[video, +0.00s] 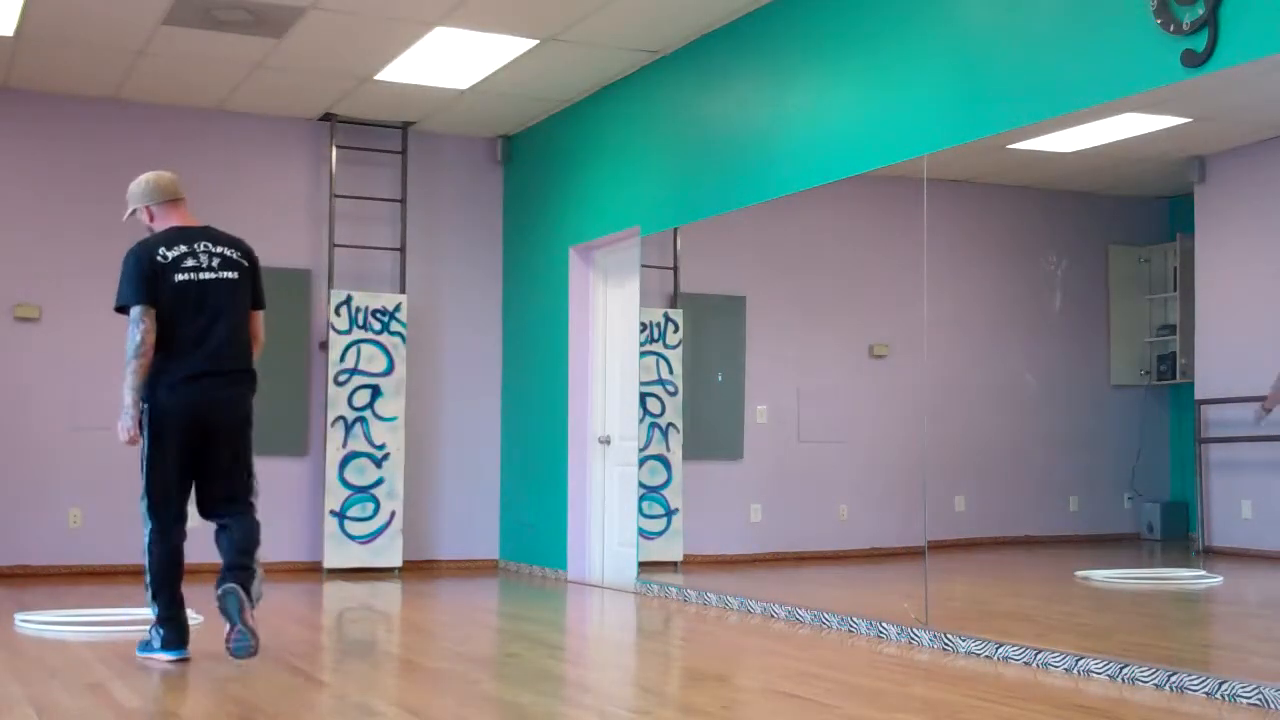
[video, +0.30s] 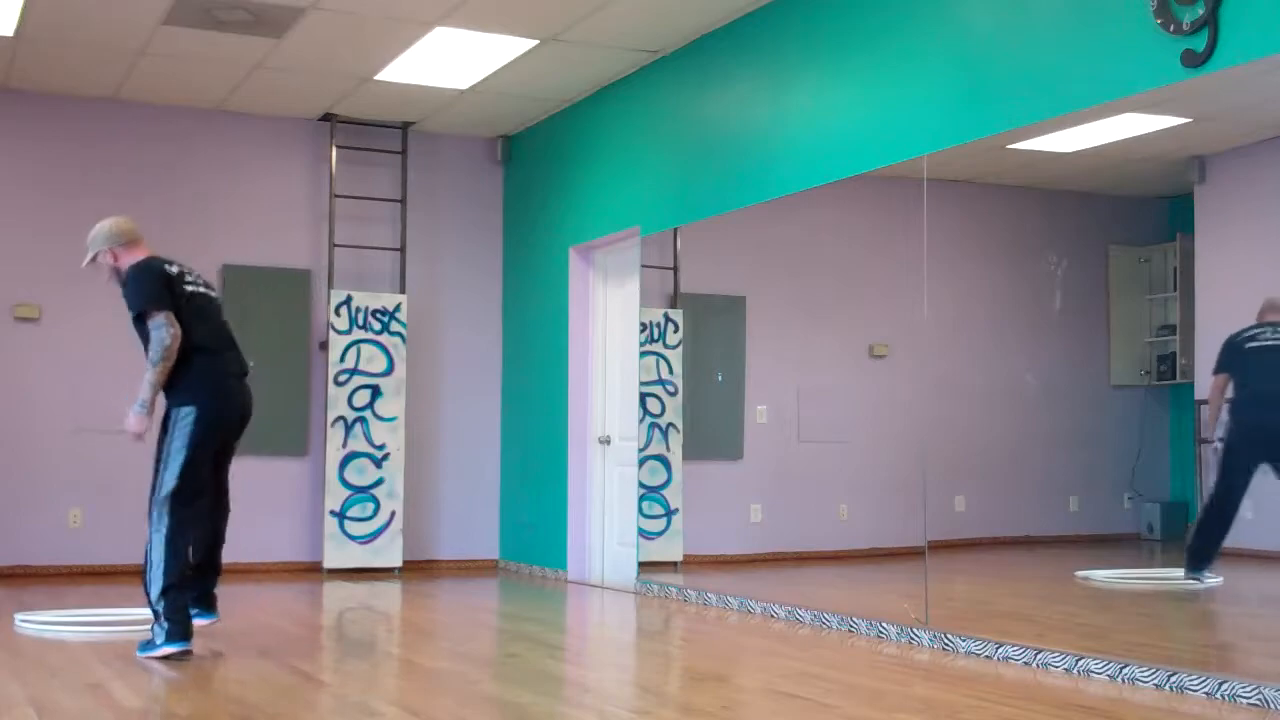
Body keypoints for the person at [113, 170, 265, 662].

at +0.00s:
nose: (135, 225)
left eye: (134, 218)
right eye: (135, 218)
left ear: (146, 213)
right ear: (183, 204)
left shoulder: (145, 256)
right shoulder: (239, 250)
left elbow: (144, 337)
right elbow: (255, 335)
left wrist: (130, 405)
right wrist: (230, 379)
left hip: (170, 402)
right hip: (231, 400)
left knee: (164, 516)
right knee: (234, 504)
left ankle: (169, 632)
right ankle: (237, 584)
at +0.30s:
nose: (104, 272)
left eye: (101, 264)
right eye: (100, 266)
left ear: (112, 255)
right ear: (139, 246)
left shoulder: (140, 275)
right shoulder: (182, 272)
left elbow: (166, 332)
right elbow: (211, 332)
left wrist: (144, 404)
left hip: (198, 398)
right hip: (232, 395)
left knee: (170, 502)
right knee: (209, 496)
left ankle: (171, 627)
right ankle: (200, 599)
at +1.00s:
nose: (106, 368)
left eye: (109, 357)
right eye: (103, 361)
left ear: (134, 347)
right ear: (127, 355)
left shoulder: (185, 347)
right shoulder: (155, 403)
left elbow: (250, 354)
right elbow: (169, 466)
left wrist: (286, 406)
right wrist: (137, 513)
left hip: (279, 418)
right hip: (239, 435)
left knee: (296, 502)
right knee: (211, 511)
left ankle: (356, 559)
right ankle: (203, 604)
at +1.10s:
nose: (139, 321)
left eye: (145, 311)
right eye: (136, 316)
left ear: (171, 311)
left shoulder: (217, 325)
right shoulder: (173, 373)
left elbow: (276, 347)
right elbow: (185, 439)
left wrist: (293, 408)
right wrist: (148, 477)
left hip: (283, 421)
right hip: (242, 431)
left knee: (287, 510)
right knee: (219, 512)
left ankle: (308, 592)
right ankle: (205, 601)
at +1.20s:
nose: (182, 294)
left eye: (189, 286)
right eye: (178, 290)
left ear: (213, 285)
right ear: (178, 298)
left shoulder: (259, 319)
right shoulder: (199, 351)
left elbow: (307, 359)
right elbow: (199, 418)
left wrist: (310, 413)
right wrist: (158, 444)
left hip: (287, 429)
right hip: (245, 434)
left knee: (286, 522)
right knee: (221, 515)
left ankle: (295, 593)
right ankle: (203, 601)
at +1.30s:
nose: (216, 275)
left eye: (224, 268)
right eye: (213, 271)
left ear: (246, 273)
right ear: (211, 281)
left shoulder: (283, 310)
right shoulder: (216, 333)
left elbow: (323, 359)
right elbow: (210, 395)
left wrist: (327, 410)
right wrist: (168, 413)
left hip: (296, 428)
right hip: (249, 430)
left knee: (296, 522)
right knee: (222, 513)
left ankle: (299, 594)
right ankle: (203, 599)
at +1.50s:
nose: (263, 248)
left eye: (270, 242)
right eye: (256, 243)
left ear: (284, 253)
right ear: (246, 254)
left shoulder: (310, 298)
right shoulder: (233, 307)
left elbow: (343, 344)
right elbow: (219, 367)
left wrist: (359, 389)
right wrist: (186, 363)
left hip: (295, 424)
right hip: (247, 422)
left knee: (297, 512)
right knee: (222, 511)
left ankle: (302, 596)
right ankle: (198, 594)